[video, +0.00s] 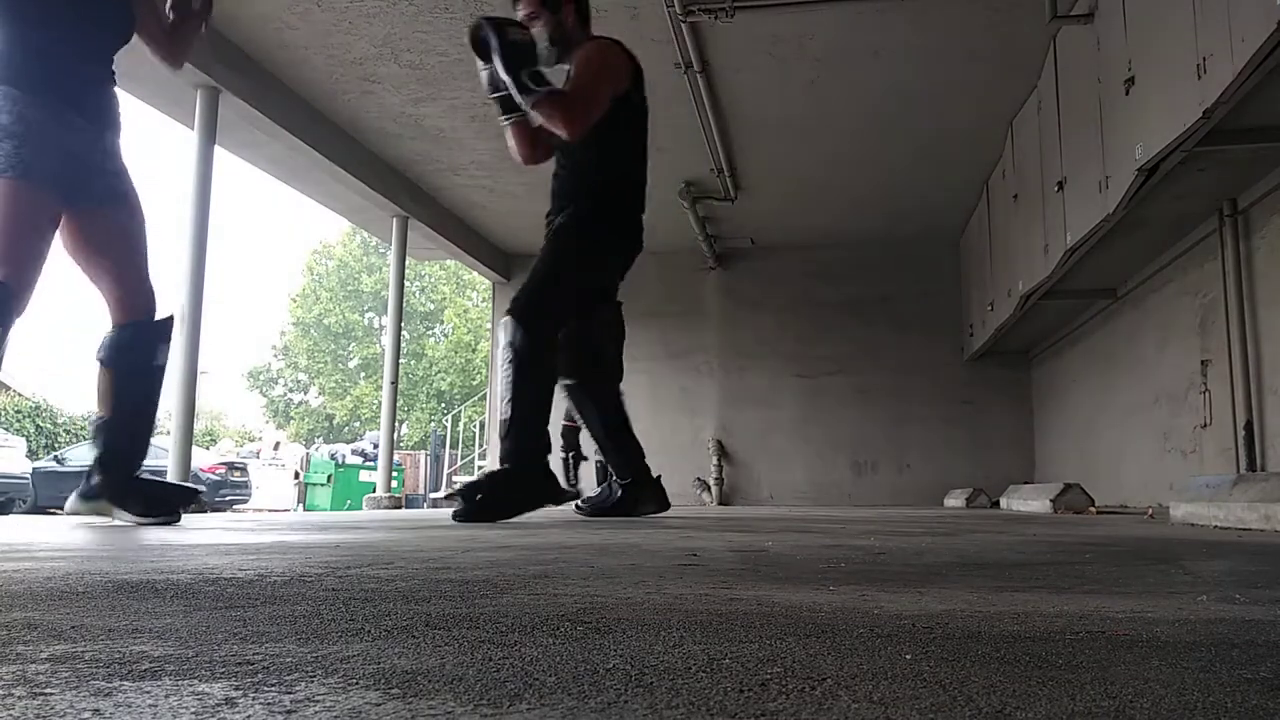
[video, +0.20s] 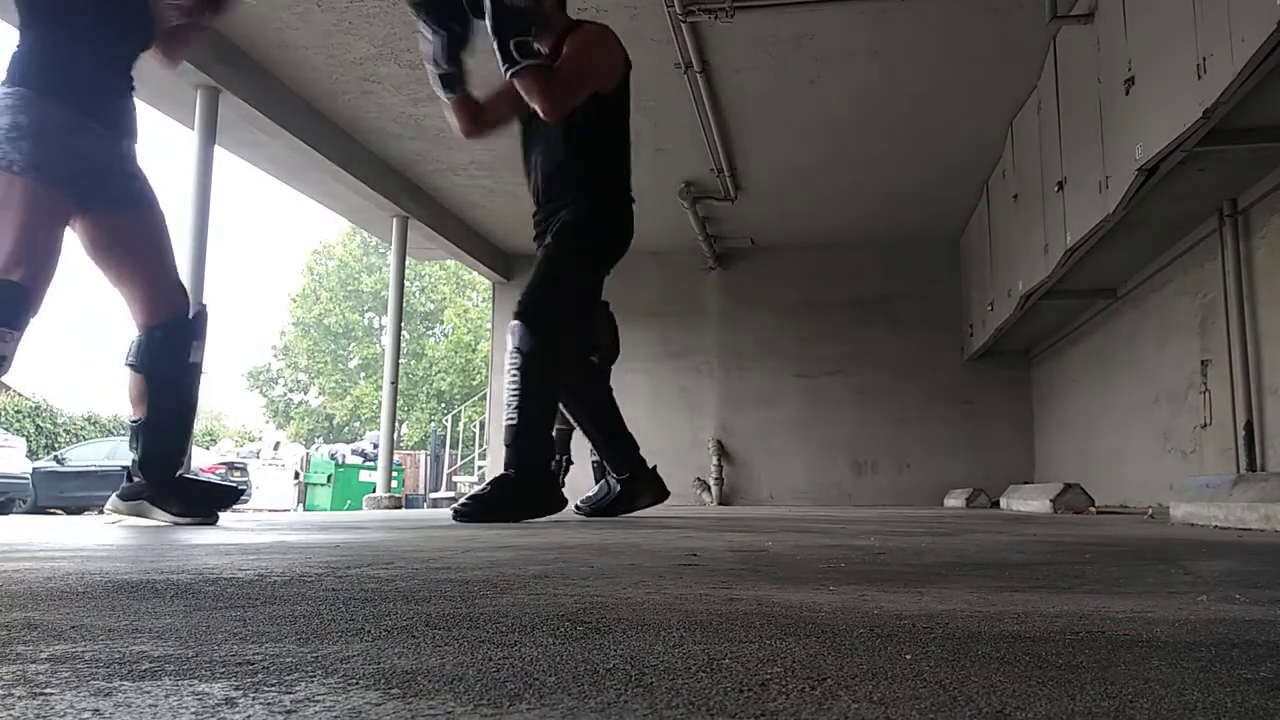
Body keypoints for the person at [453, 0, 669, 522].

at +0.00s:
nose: (529, 31)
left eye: (536, 18)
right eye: (525, 23)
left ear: (570, 10)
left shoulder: (603, 54)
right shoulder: (573, 79)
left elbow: (570, 120)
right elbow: (530, 151)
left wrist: (519, 69)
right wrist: (502, 92)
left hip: (595, 230)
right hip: (578, 233)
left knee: (527, 323)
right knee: (580, 366)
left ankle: (524, 469)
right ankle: (633, 481)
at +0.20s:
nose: (519, 16)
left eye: (524, 6)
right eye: (515, 11)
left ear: (550, 2)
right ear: (525, 20)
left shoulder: (593, 40)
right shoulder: (535, 67)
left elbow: (551, 102)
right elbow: (473, 121)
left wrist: (511, 42)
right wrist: (445, 64)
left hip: (594, 220)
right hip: (557, 227)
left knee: (534, 324)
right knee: (564, 352)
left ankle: (529, 477)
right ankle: (630, 474)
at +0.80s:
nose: (543, 13)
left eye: (553, 7)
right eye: (542, 9)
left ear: (591, 9)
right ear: (545, 11)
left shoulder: (624, 64)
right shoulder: (519, 48)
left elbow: (615, 103)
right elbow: (498, 56)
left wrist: (567, 38)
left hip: (506, 217)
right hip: (435, 169)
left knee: (492, 348)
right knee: (293, 176)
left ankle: (480, 487)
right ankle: (134, 210)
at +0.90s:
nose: (529, 25)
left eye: (543, 20)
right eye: (528, 21)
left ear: (580, 14)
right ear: (540, 18)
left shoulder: (619, 62)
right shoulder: (518, 42)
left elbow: (597, 105)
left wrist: (539, 39)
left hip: (501, 215)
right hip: (433, 167)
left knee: (494, 344)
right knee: (302, 146)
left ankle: (478, 489)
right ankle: (150, 214)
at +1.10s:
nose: (511, 9)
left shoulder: (612, 44)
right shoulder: (504, 30)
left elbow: (591, 86)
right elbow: (457, 86)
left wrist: (531, 27)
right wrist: (400, 63)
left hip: (506, 202)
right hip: (446, 167)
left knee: (493, 341)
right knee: (340, 137)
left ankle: (484, 485)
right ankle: (300, 286)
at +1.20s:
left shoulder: (609, 41)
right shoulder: (500, 22)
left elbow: (589, 83)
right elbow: (439, 74)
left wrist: (528, 17)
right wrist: (391, 37)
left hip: (505, 203)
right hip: (442, 165)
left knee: (497, 343)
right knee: (335, 129)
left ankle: (484, 485)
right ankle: (298, 275)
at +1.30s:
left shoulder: (608, 39)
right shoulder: (498, 19)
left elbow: (588, 87)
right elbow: (427, 72)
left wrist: (532, 20)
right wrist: (377, 24)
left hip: (499, 207)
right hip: (436, 162)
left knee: (491, 342)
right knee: (324, 103)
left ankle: (480, 487)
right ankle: (262, 237)